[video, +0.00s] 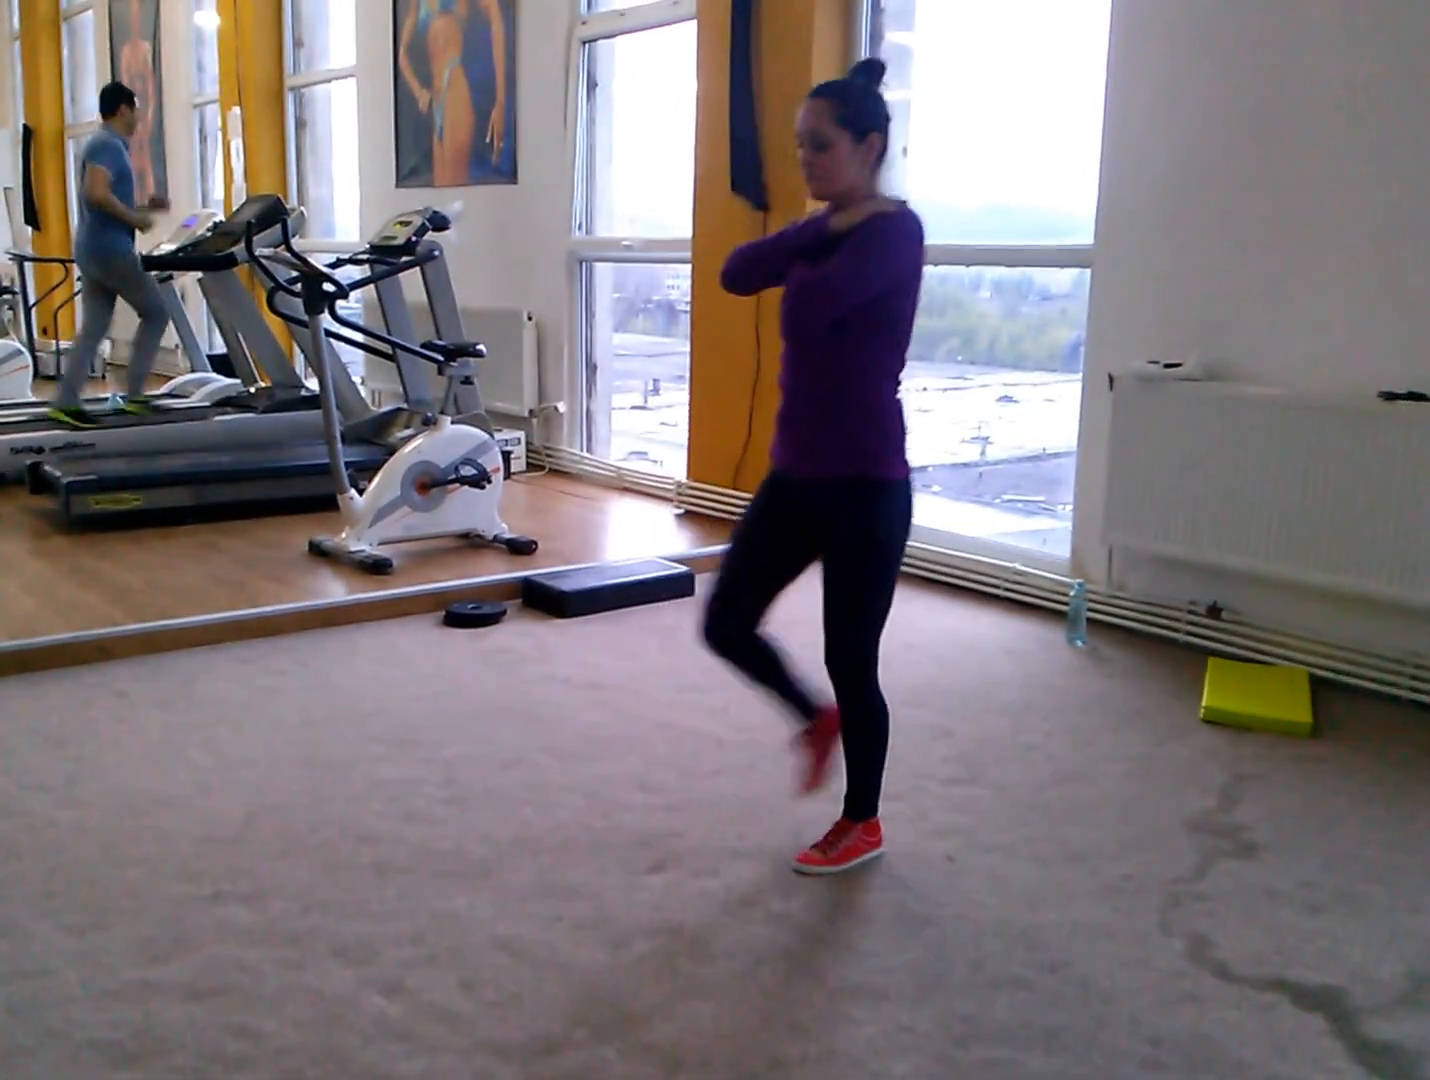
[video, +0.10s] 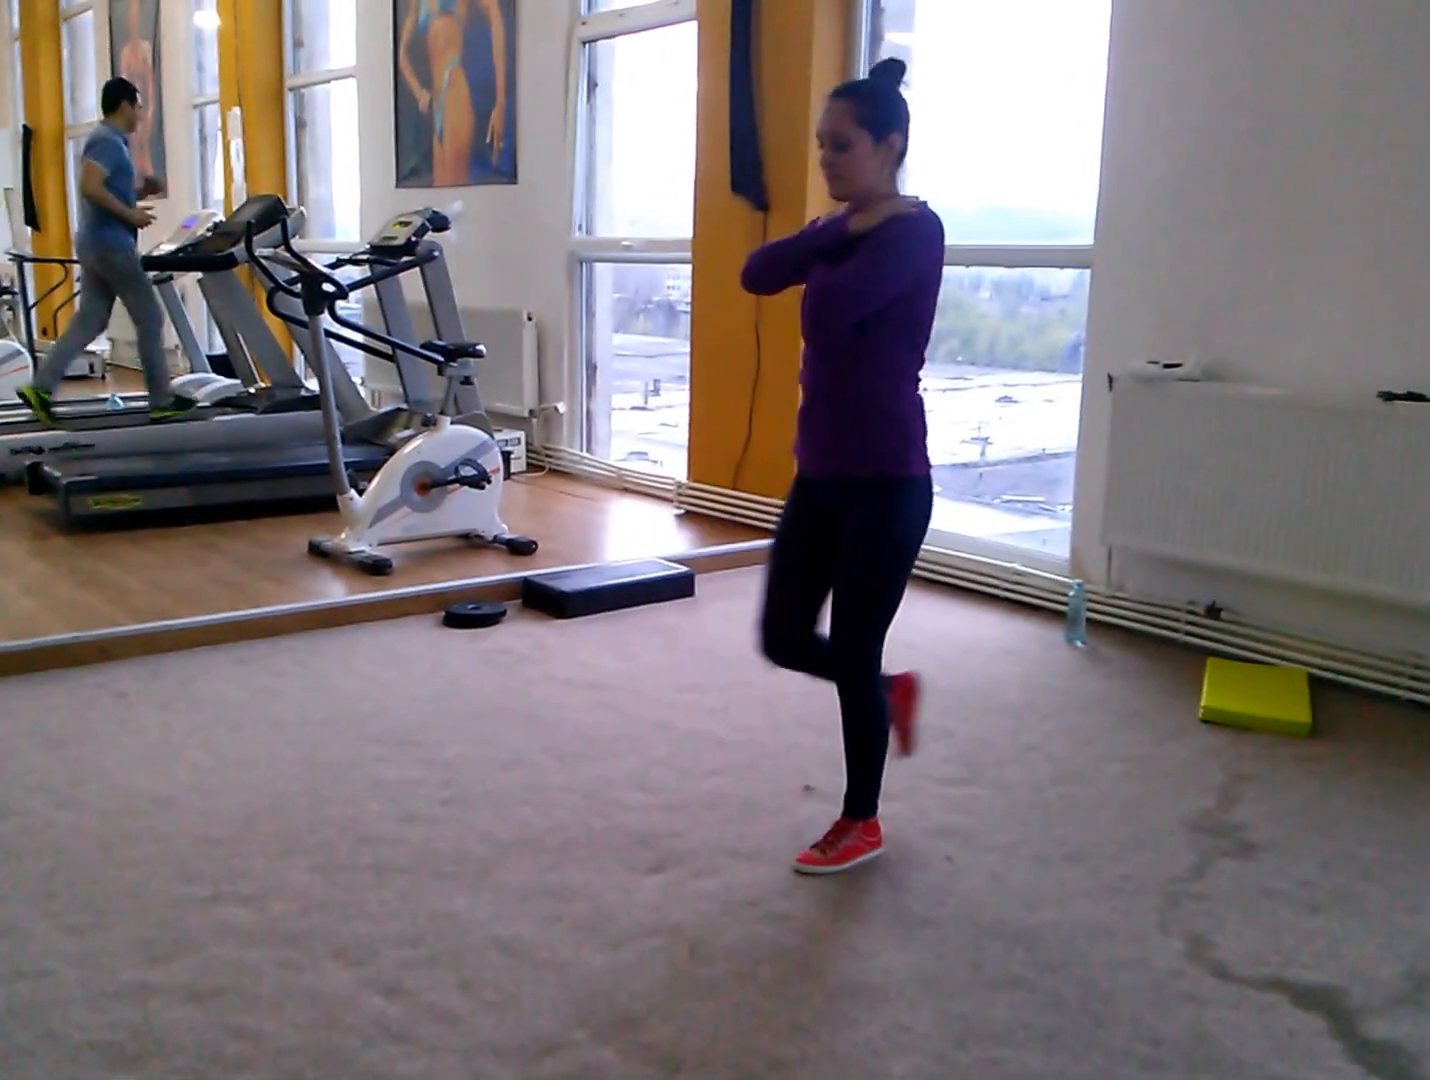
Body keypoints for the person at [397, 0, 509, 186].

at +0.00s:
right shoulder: (418, 5)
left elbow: (497, 27)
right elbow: (402, 54)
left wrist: (500, 104)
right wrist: (418, 92)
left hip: (457, 93)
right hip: (436, 99)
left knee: (454, 186)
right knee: (440, 186)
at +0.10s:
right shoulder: (418, 4)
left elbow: (496, 23)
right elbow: (402, 53)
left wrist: (500, 104)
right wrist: (419, 92)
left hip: (457, 93)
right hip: (436, 98)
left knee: (454, 187)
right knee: (440, 187)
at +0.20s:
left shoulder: (485, 5)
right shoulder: (419, 4)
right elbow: (402, 54)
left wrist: (500, 105)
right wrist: (419, 92)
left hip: (457, 93)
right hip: (436, 98)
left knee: (454, 186)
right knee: (440, 186)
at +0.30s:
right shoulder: (419, 4)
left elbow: (497, 25)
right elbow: (402, 53)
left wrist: (500, 104)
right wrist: (419, 93)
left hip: (457, 95)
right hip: (436, 101)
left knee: (454, 187)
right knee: (440, 187)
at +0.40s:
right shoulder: (418, 4)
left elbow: (496, 25)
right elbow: (402, 52)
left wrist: (499, 105)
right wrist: (419, 94)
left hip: (457, 94)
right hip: (436, 100)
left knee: (454, 187)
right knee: (440, 187)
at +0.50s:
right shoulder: (418, 4)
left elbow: (496, 26)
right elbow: (401, 53)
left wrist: (499, 104)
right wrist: (418, 93)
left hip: (457, 94)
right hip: (436, 100)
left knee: (452, 188)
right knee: (440, 188)